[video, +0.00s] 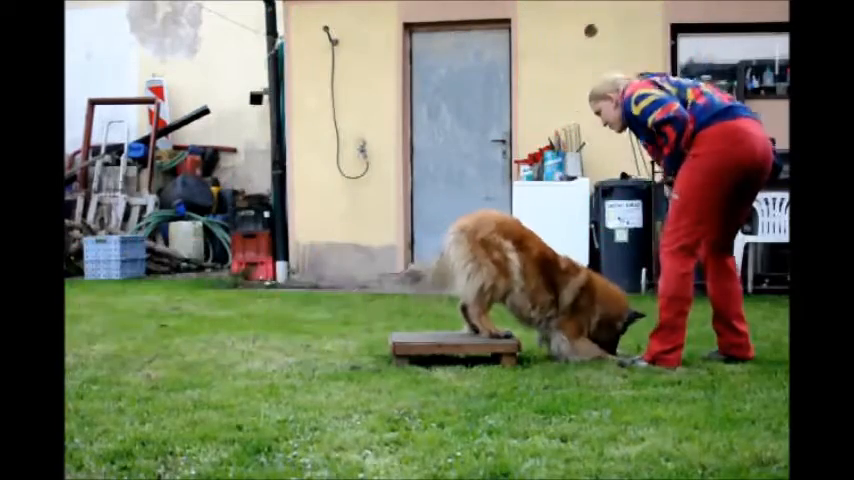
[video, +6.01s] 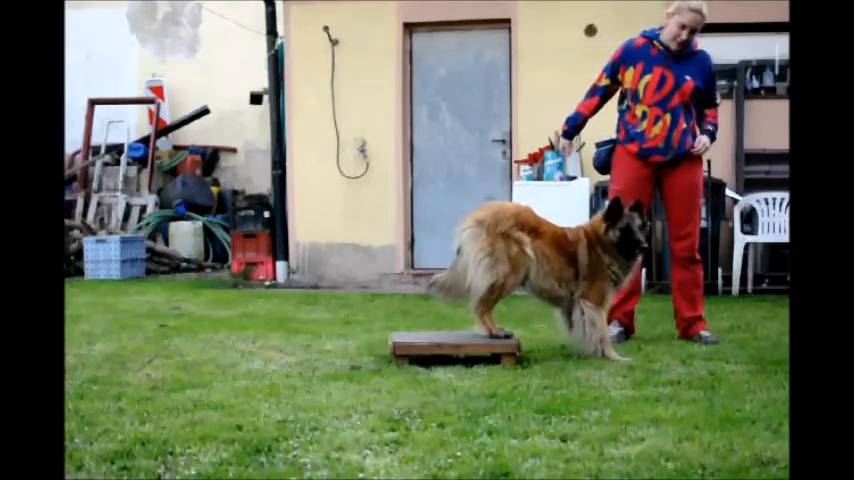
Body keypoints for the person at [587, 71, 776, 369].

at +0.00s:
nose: (602, 122)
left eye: (600, 112)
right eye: (598, 116)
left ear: (613, 97)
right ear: (615, 99)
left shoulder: (635, 92)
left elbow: (675, 118)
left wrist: (671, 172)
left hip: (722, 139)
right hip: (758, 142)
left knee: (676, 249)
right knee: (717, 249)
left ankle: (663, 354)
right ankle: (736, 347)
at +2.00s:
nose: (609, 138)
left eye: (605, 129)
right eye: (604, 133)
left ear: (616, 111)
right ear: (617, 112)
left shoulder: (639, 99)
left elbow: (686, 116)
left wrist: (683, 165)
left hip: (733, 136)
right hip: (762, 139)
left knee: (695, 248)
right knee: (723, 250)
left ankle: (703, 351)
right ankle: (735, 345)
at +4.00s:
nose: (662, 75)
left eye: (670, 69)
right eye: (657, 67)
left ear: (680, 66)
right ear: (645, 60)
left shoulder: (690, 88)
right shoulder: (623, 88)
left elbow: (693, 127)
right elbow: (608, 147)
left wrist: (677, 154)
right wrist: (626, 203)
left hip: (670, 166)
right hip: (624, 164)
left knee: (683, 239)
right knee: (620, 240)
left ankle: (694, 327)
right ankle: (619, 322)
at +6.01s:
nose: (684, 36)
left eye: (692, 32)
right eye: (682, 27)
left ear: (698, 33)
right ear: (667, 17)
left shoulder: (700, 62)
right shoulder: (633, 50)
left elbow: (709, 108)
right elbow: (600, 91)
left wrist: (707, 134)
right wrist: (568, 130)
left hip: (682, 158)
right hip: (633, 155)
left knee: (686, 244)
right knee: (624, 237)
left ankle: (692, 325)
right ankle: (620, 322)